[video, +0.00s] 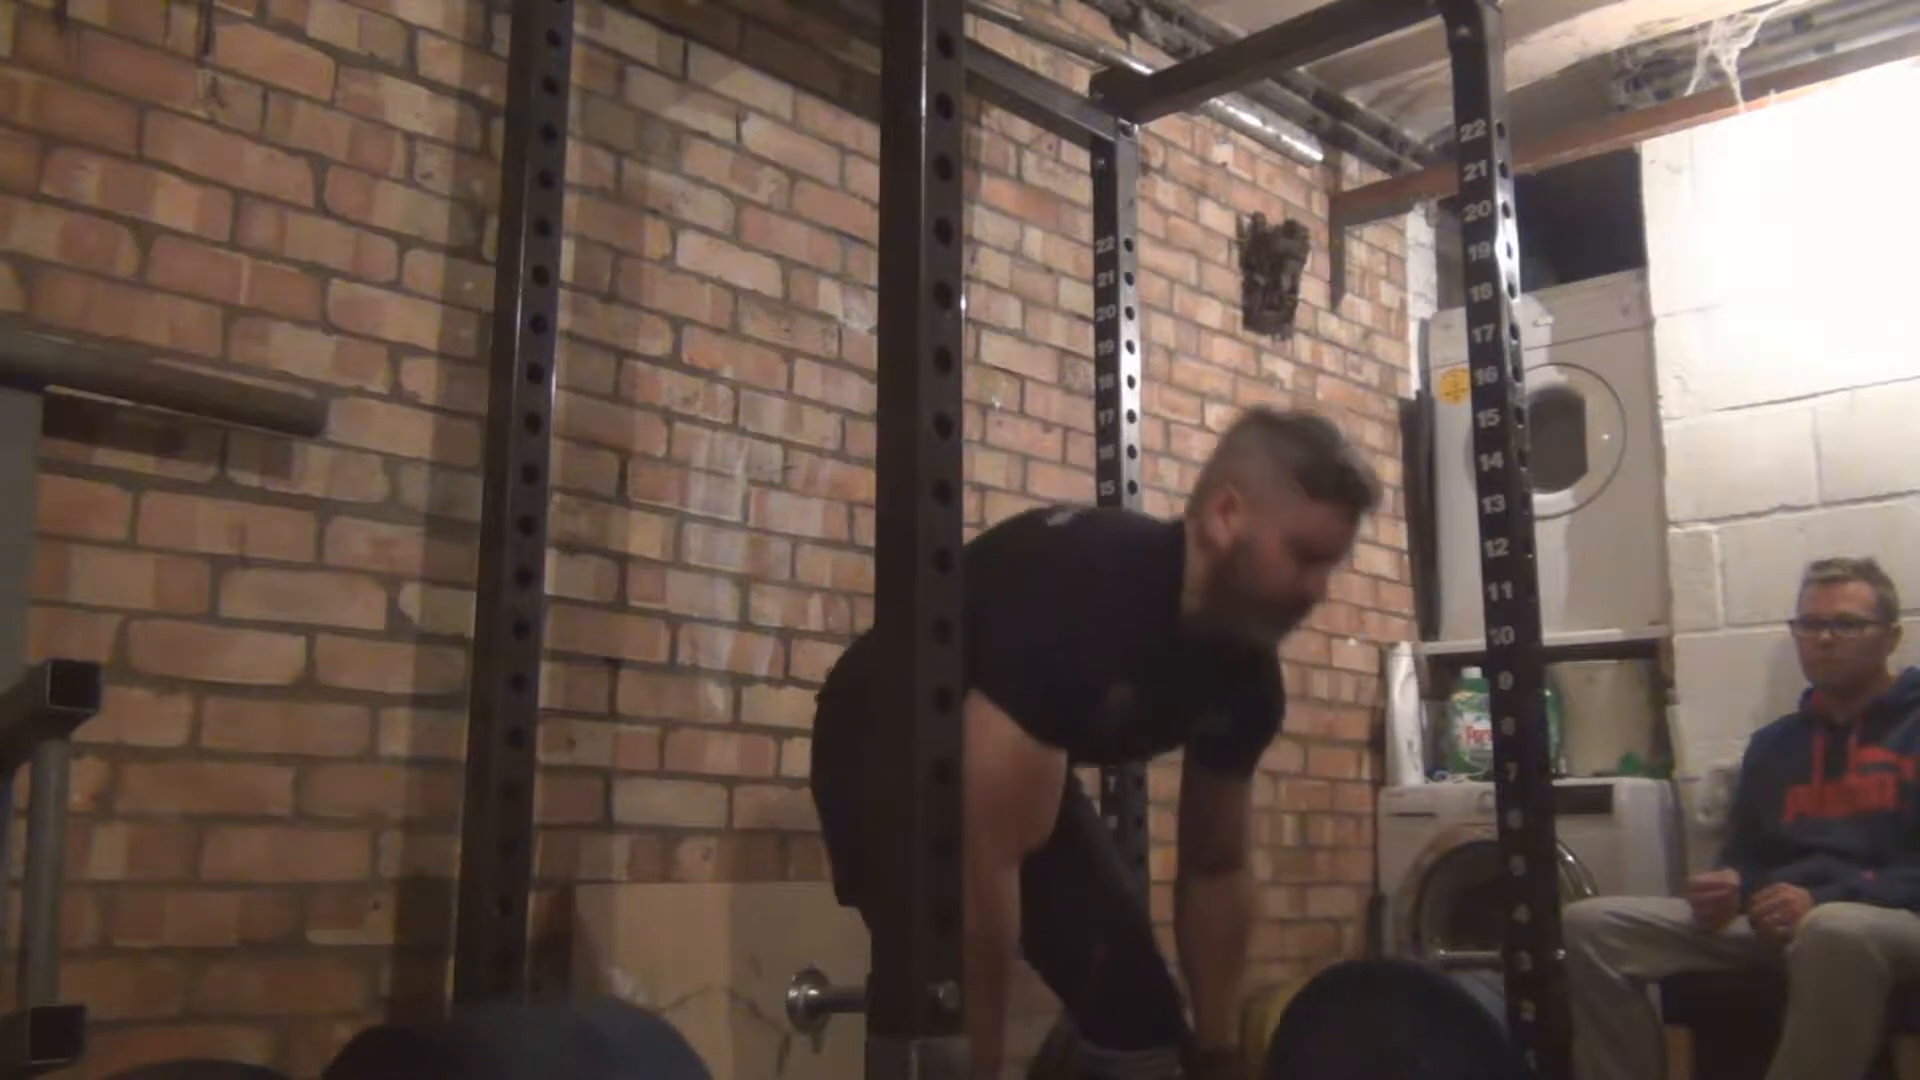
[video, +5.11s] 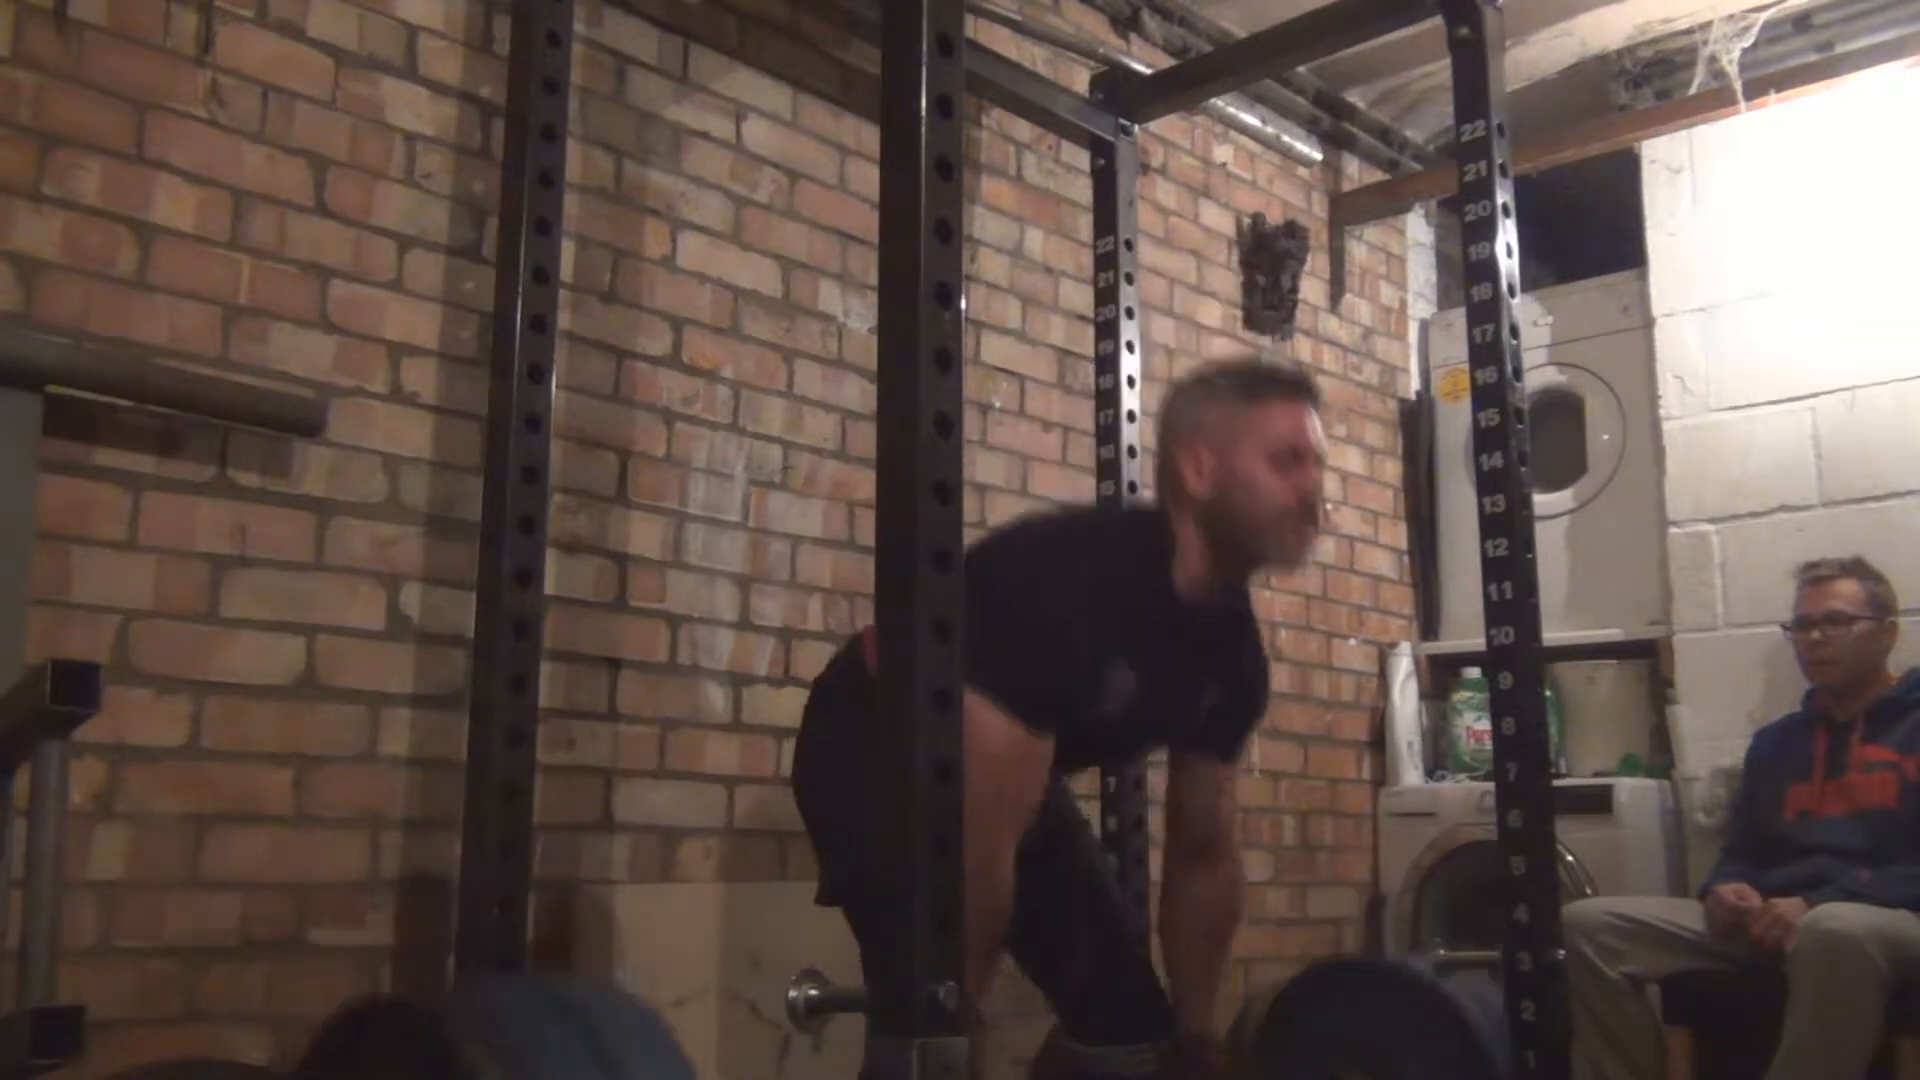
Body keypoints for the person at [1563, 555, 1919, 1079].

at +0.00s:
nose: (1824, 639)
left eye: (1845, 625)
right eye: (1810, 624)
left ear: (1890, 637)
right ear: (1794, 634)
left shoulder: (1914, 723)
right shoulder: (1774, 743)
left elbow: (1913, 875)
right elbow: (1746, 853)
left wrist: (1819, 900)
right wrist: (1730, 885)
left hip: (1894, 918)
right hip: (1773, 917)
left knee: (1832, 936)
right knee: (1589, 929)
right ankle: (1629, 1074)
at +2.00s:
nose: (1817, 640)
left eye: (1838, 624)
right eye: (1805, 626)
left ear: (1888, 635)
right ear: (1791, 635)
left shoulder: (1914, 719)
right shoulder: (1775, 742)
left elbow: (1915, 870)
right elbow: (1739, 855)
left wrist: (1818, 905)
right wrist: (1725, 892)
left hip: (1893, 919)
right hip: (1767, 917)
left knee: (1834, 936)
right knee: (1587, 929)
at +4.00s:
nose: (1821, 634)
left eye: (1842, 619)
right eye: (1808, 620)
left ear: (1892, 634)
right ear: (1794, 633)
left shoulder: (1912, 722)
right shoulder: (1775, 742)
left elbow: (1913, 871)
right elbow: (1740, 852)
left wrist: (1817, 906)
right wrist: (1725, 890)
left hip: (1891, 919)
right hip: (1765, 918)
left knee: (1833, 936)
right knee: (1591, 928)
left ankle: (1799, 1073)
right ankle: (1633, 1073)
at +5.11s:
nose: (1814, 639)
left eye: (1835, 623)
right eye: (1803, 625)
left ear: (1887, 633)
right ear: (1790, 636)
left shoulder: (1913, 722)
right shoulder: (1776, 742)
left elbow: (1913, 871)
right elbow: (1742, 849)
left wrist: (1817, 904)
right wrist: (1724, 889)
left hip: (1891, 918)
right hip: (1765, 916)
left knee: (1834, 937)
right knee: (1587, 928)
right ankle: (1630, 1072)